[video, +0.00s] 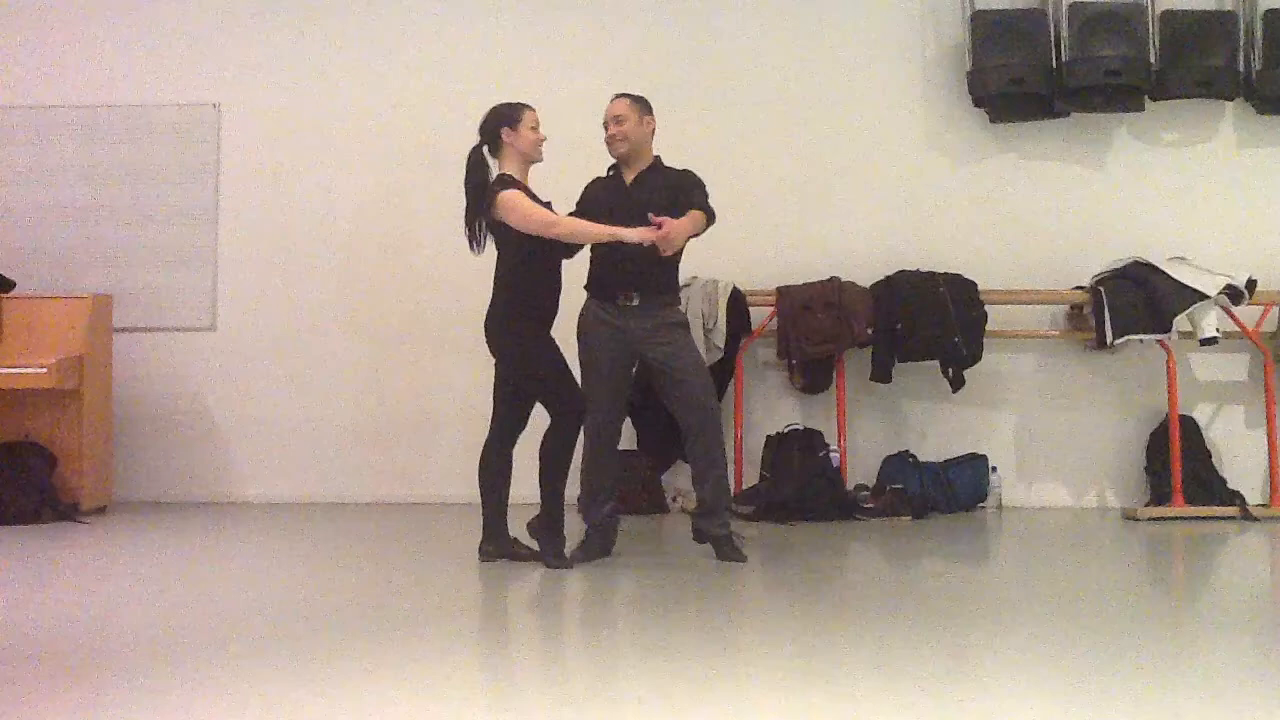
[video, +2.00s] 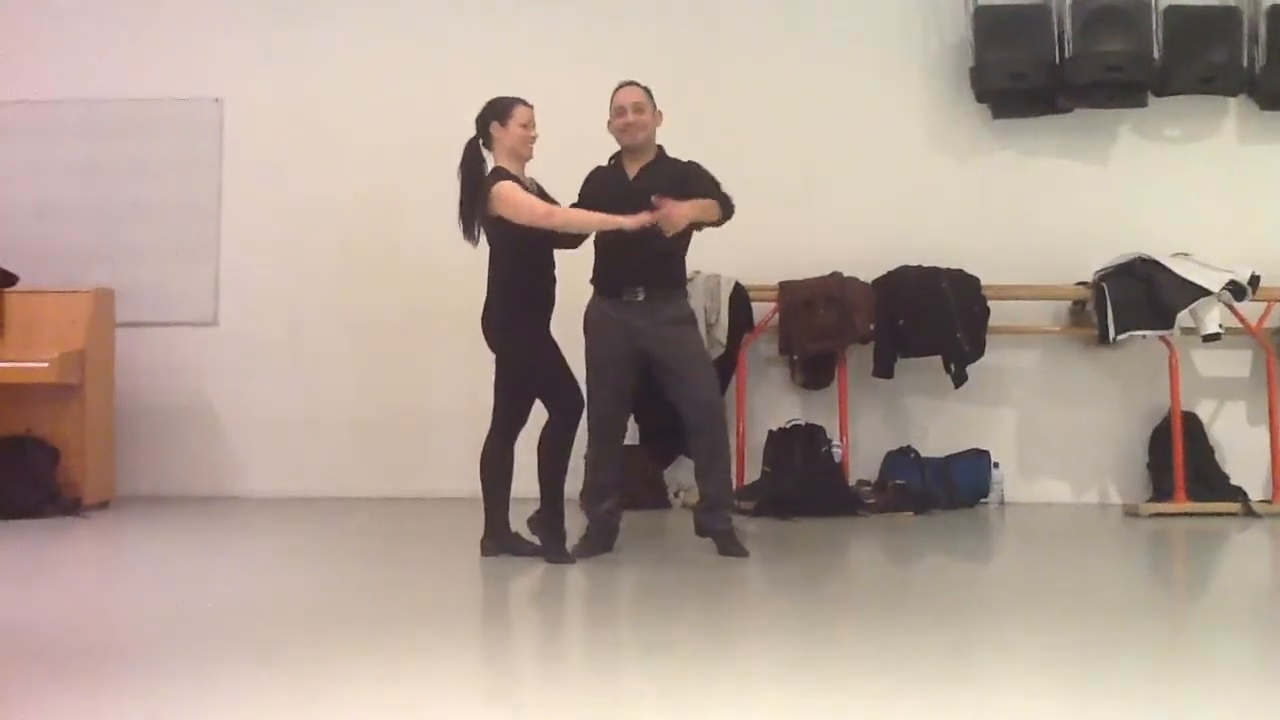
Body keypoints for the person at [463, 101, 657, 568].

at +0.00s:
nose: (543, 135)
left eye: (540, 128)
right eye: (534, 128)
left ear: (513, 137)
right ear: (508, 136)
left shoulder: (521, 193)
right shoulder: (505, 195)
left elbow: (553, 247)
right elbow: (558, 230)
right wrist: (627, 233)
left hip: (525, 324)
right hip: (517, 327)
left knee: (504, 430)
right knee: (569, 410)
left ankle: (495, 537)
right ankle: (550, 523)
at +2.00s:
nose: (534, 133)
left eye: (534, 126)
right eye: (525, 126)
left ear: (519, 135)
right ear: (496, 132)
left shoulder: (524, 186)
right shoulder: (500, 189)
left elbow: (567, 241)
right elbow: (559, 223)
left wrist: (589, 217)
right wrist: (625, 221)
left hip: (527, 319)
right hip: (513, 322)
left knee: (506, 425)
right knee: (567, 404)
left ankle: (496, 531)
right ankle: (550, 517)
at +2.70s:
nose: (504, 141)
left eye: (504, 132)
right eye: (496, 132)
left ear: (480, 137)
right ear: (466, 134)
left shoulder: (487, 189)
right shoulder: (464, 197)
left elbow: (534, 212)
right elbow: (502, 261)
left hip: (490, 322)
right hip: (480, 326)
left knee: (494, 424)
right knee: (546, 404)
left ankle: (489, 531)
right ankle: (521, 520)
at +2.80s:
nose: (496, 141)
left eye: (497, 132)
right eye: (487, 131)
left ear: (483, 137)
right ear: (458, 133)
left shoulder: (479, 189)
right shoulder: (454, 196)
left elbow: (514, 231)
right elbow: (473, 267)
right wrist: (544, 272)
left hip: (489, 320)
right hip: (471, 324)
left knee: (532, 411)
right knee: (496, 422)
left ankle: (479, 506)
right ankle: (488, 531)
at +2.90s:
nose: (487, 143)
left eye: (489, 135)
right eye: (478, 134)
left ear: (483, 141)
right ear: (449, 136)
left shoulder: (471, 190)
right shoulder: (444, 195)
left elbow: (491, 242)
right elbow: (459, 263)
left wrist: (528, 235)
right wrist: (517, 247)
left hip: (481, 321)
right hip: (462, 325)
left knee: (496, 424)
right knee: (498, 424)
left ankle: (492, 533)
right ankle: (429, 501)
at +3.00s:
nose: (474, 141)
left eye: (478, 134)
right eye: (465, 133)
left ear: (481, 141)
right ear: (439, 136)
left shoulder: (475, 196)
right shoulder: (429, 193)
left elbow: (512, 246)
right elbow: (447, 248)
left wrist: (537, 209)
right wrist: (495, 209)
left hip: (470, 325)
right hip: (437, 325)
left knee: (501, 421)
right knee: (446, 426)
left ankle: (489, 532)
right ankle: (389, 518)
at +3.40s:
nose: (471, 143)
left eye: (476, 136)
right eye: (462, 134)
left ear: (481, 143)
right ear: (437, 136)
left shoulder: (480, 197)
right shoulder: (424, 198)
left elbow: (516, 238)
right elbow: (437, 263)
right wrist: (507, 266)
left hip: (467, 327)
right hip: (427, 325)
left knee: (511, 420)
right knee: (417, 423)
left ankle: (466, 522)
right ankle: (383, 523)